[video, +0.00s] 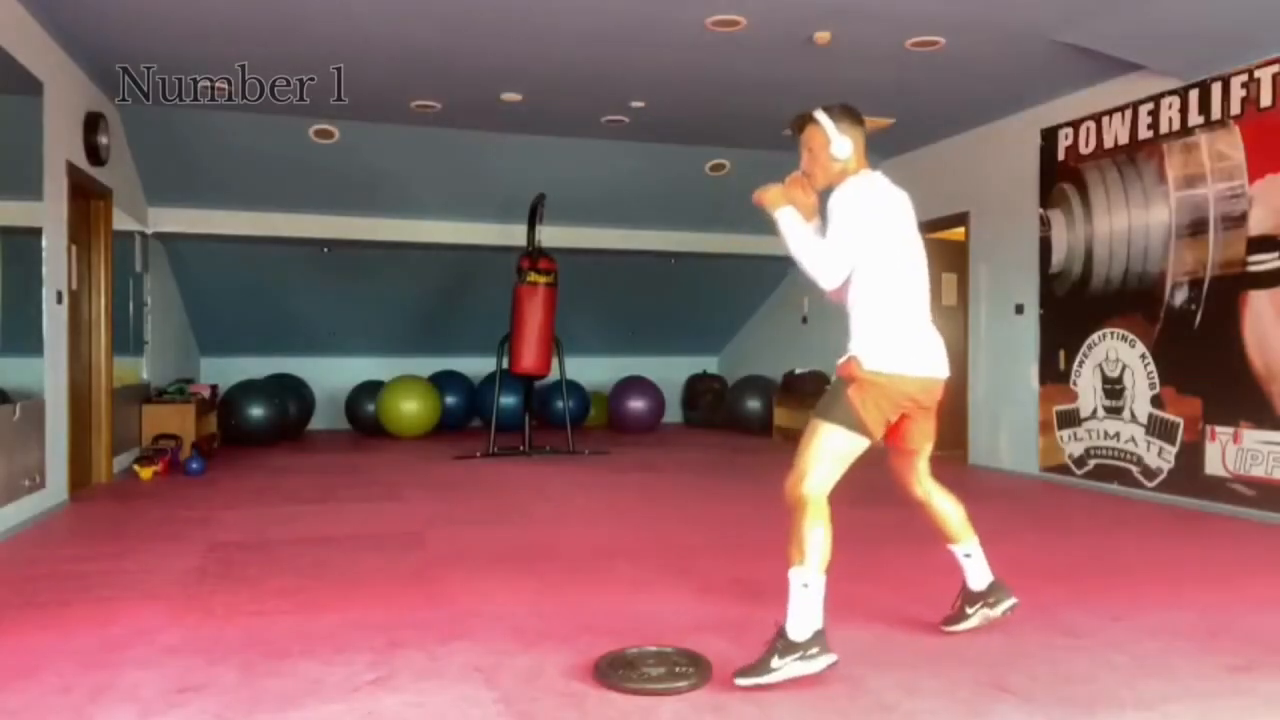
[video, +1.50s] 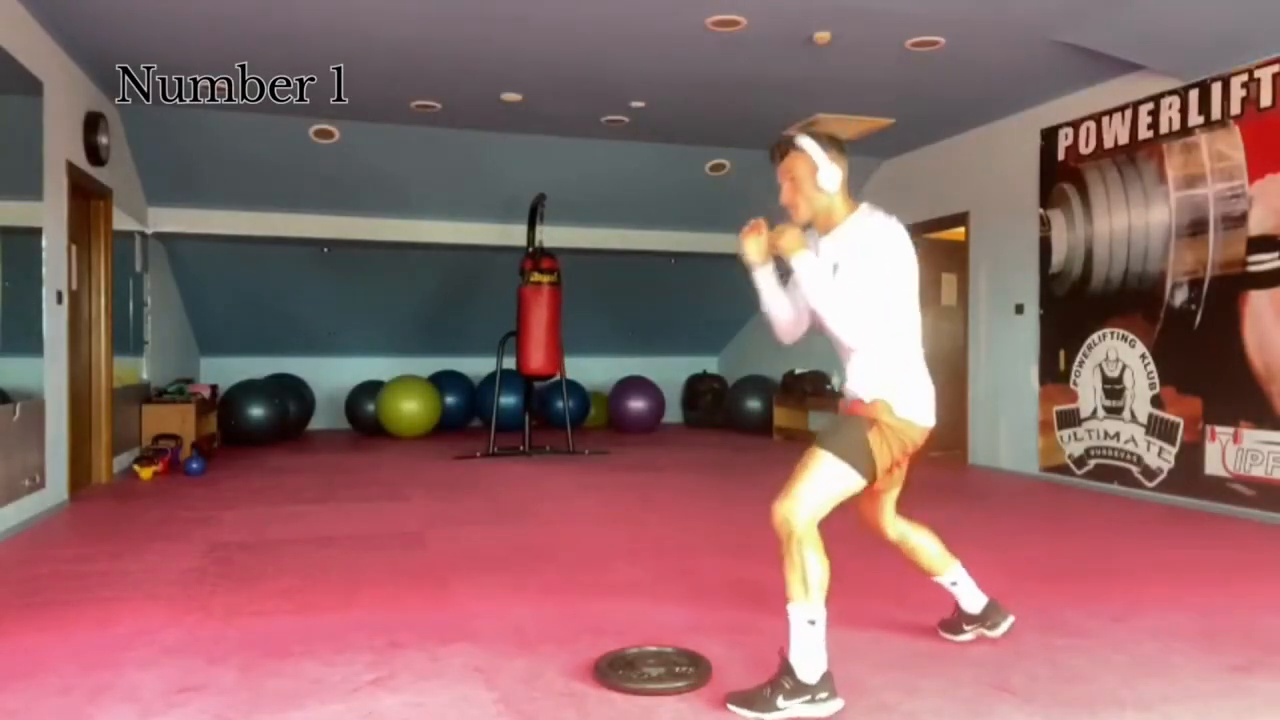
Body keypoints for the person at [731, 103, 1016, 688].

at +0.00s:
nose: (805, 161)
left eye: (810, 149)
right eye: (804, 150)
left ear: (838, 148)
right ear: (855, 149)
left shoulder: (852, 197)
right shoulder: (894, 195)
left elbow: (828, 273)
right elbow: (857, 273)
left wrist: (784, 214)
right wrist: (814, 213)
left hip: (881, 366)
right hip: (925, 367)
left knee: (806, 488)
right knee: (918, 480)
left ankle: (803, 637)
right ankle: (985, 587)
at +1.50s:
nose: (785, 195)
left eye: (793, 181)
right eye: (782, 183)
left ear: (830, 176)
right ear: (795, 184)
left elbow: (859, 332)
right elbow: (790, 327)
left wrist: (799, 258)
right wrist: (761, 266)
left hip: (896, 402)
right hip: (871, 400)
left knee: (793, 514)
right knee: (884, 519)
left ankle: (807, 676)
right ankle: (981, 609)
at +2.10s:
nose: (830, 175)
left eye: (833, 162)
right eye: (829, 163)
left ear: (862, 160)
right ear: (878, 159)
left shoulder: (900, 204)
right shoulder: (922, 201)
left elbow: (849, 270)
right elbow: (897, 301)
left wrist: (837, 199)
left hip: (946, 369)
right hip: (980, 371)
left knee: (851, 471)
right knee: (937, 478)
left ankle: (914, 612)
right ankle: (995, 595)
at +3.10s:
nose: (831, 170)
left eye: (837, 157)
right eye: (830, 158)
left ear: (868, 156)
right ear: (879, 158)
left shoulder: (884, 204)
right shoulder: (912, 200)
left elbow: (876, 288)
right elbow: (881, 294)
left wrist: (822, 230)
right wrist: (837, 227)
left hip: (923, 375)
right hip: (959, 375)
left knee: (830, 481)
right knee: (932, 486)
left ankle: (912, 609)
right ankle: (984, 599)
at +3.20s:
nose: (843, 200)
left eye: (850, 187)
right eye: (842, 187)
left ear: (882, 185)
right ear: (888, 188)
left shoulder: (899, 240)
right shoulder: (923, 233)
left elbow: (896, 323)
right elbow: (896, 321)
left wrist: (838, 270)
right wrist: (849, 265)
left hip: (930, 409)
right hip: (965, 410)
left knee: (846, 512)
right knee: (925, 505)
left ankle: (952, 622)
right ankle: (992, 612)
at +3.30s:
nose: (843, 193)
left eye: (851, 180)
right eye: (843, 181)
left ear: (882, 178)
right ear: (888, 181)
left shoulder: (900, 232)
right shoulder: (921, 227)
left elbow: (895, 314)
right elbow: (889, 317)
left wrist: (841, 262)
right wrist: (847, 260)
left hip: (926, 403)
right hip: (959, 404)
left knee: (839, 501)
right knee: (926, 505)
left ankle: (941, 616)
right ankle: (991, 613)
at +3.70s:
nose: (797, 187)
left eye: (806, 175)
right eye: (798, 175)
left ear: (837, 177)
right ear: (847, 179)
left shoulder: (851, 233)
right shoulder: (879, 231)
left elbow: (824, 317)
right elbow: (839, 319)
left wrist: (764, 261)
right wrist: (801, 262)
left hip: (868, 410)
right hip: (909, 412)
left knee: (785, 528)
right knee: (885, 519)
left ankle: (840, 682)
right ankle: (975, 626)